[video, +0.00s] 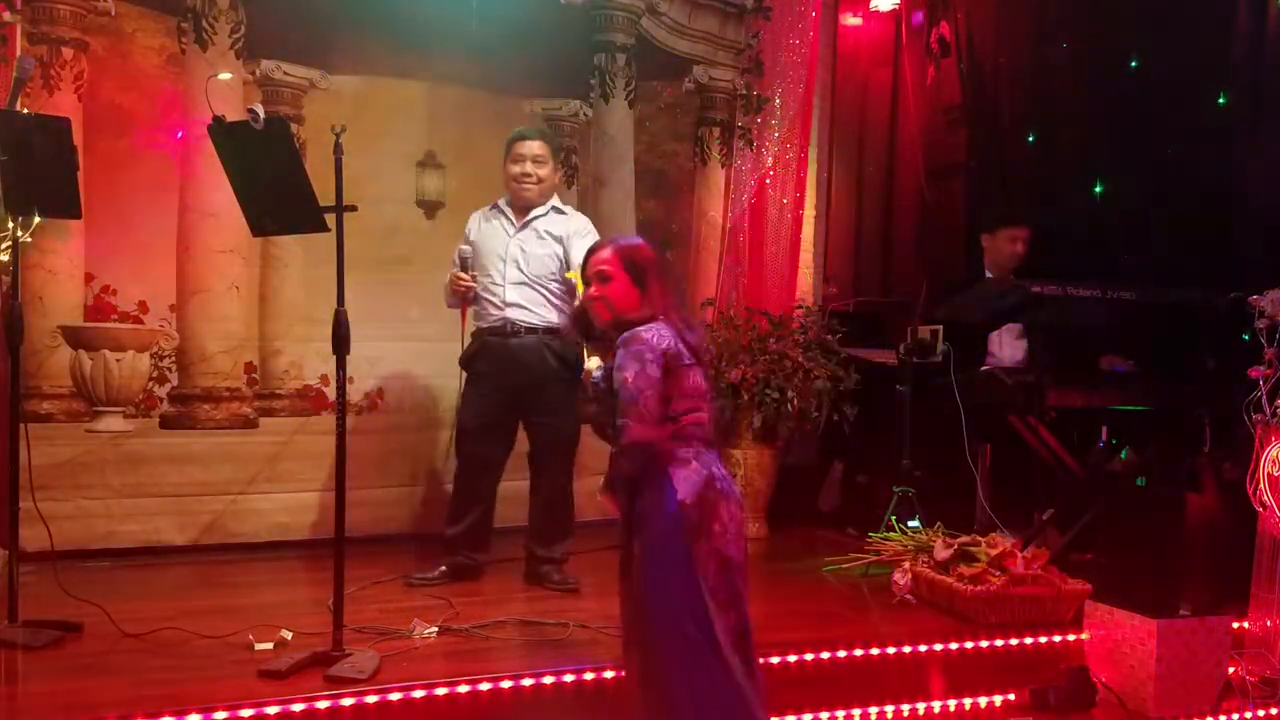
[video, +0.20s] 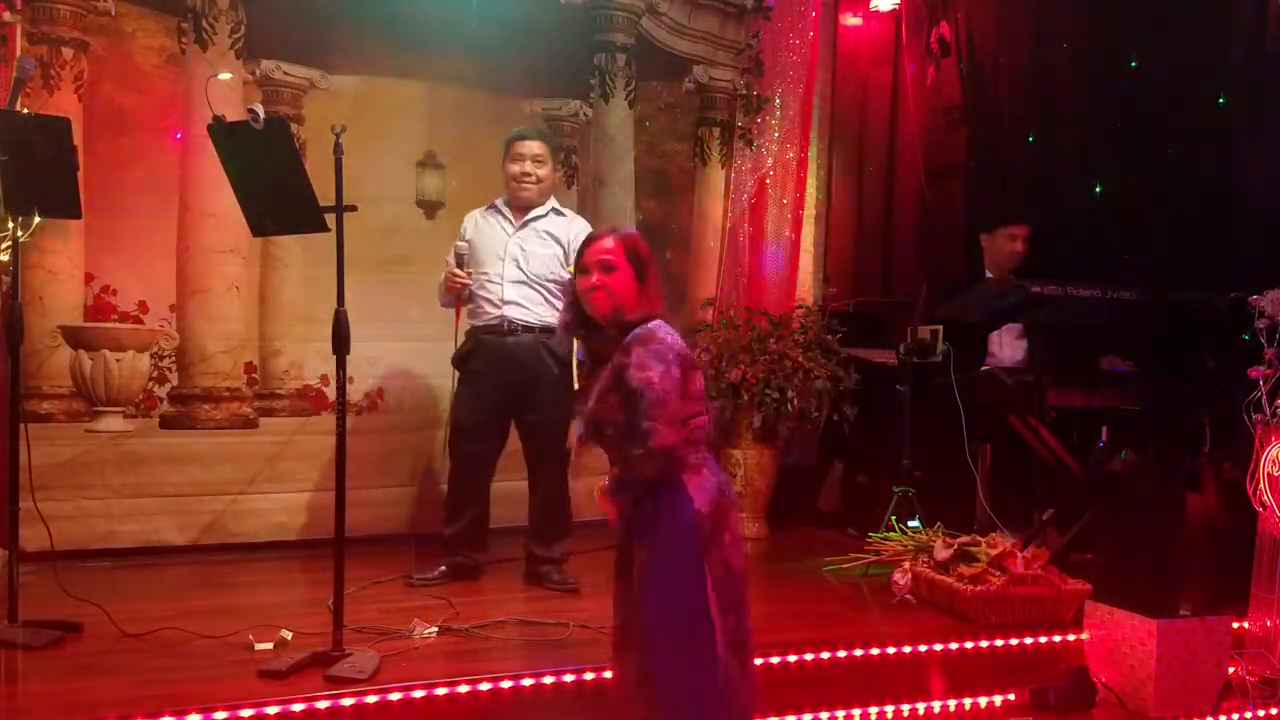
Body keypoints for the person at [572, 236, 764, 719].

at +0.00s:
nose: (593, 291)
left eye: (604, 279)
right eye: (589, 282)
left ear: (639, 283)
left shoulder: (640, 342)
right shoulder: (676, 336)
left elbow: (640, 433)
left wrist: (614, 486)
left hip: (671, 494)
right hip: (708, 484)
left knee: (671, 622)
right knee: (705, 616)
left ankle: (686, 714)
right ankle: (721, 710)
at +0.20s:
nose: (592, 281)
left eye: (606, 268)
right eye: (584, 272)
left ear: (640, 278)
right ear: (577, 286)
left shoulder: (650, 342)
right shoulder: (630, 343)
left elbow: (658, 442)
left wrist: (617, 487)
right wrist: (619, 483)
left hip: (677, 506)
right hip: (659, 503)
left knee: (670, 633)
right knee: (655, 629)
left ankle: (681, 714)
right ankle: (663, 711)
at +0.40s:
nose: (598, 272)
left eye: (615, 262)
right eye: (587, 261)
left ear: (641, 277)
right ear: (574, 278)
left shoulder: (657, 348)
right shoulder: (597, 358)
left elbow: (685, 448)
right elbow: (587, 471)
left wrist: (619, 503)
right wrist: (562, 556)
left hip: (665, 546)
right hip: (623, 548)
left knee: (664, 688)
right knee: (634, 687)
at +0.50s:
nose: (599, 271)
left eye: (616, 261)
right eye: (588, 259)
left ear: (641, 281)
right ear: (571, 278)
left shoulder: (655, 356)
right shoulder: (573, 362)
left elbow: (684, 465)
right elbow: (557, 463)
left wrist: (609, 516)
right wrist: (541, 522)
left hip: (654, 554)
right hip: (601, 553)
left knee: (640, 696)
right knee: (616, 695)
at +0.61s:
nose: (596, 269)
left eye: (614, 259)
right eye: (584, 256)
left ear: (638, 277)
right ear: (566, 273)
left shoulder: (654, 362)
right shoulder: (561, 363)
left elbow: (684, 466)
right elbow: (554, 468)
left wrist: (603, 523)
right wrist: (521, 504)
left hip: (639, 567)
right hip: (571, 563)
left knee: (627, 700)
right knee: (573, 696)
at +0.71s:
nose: (588, 265)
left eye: (605, 254)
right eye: (575, 253)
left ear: (630, 274)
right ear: (556, 272)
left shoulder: (650, 359)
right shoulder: (547, 362)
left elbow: (684, 466)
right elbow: (520, 461)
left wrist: (599, 530)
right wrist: (482, 522)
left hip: (630, 572)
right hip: (550, 568)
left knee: (624, 702)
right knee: (539, 698)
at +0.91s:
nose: (550, 258)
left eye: (569, 247)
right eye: (537, 246)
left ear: (600, 268)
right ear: (521, 266)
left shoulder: (630, 370)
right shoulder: (510, 363)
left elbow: (650, 488)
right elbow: (479, 472)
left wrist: (566, 551)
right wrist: (454, 564)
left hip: (595, 573)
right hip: (505, 571)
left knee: (587, 706)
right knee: (493, 705)